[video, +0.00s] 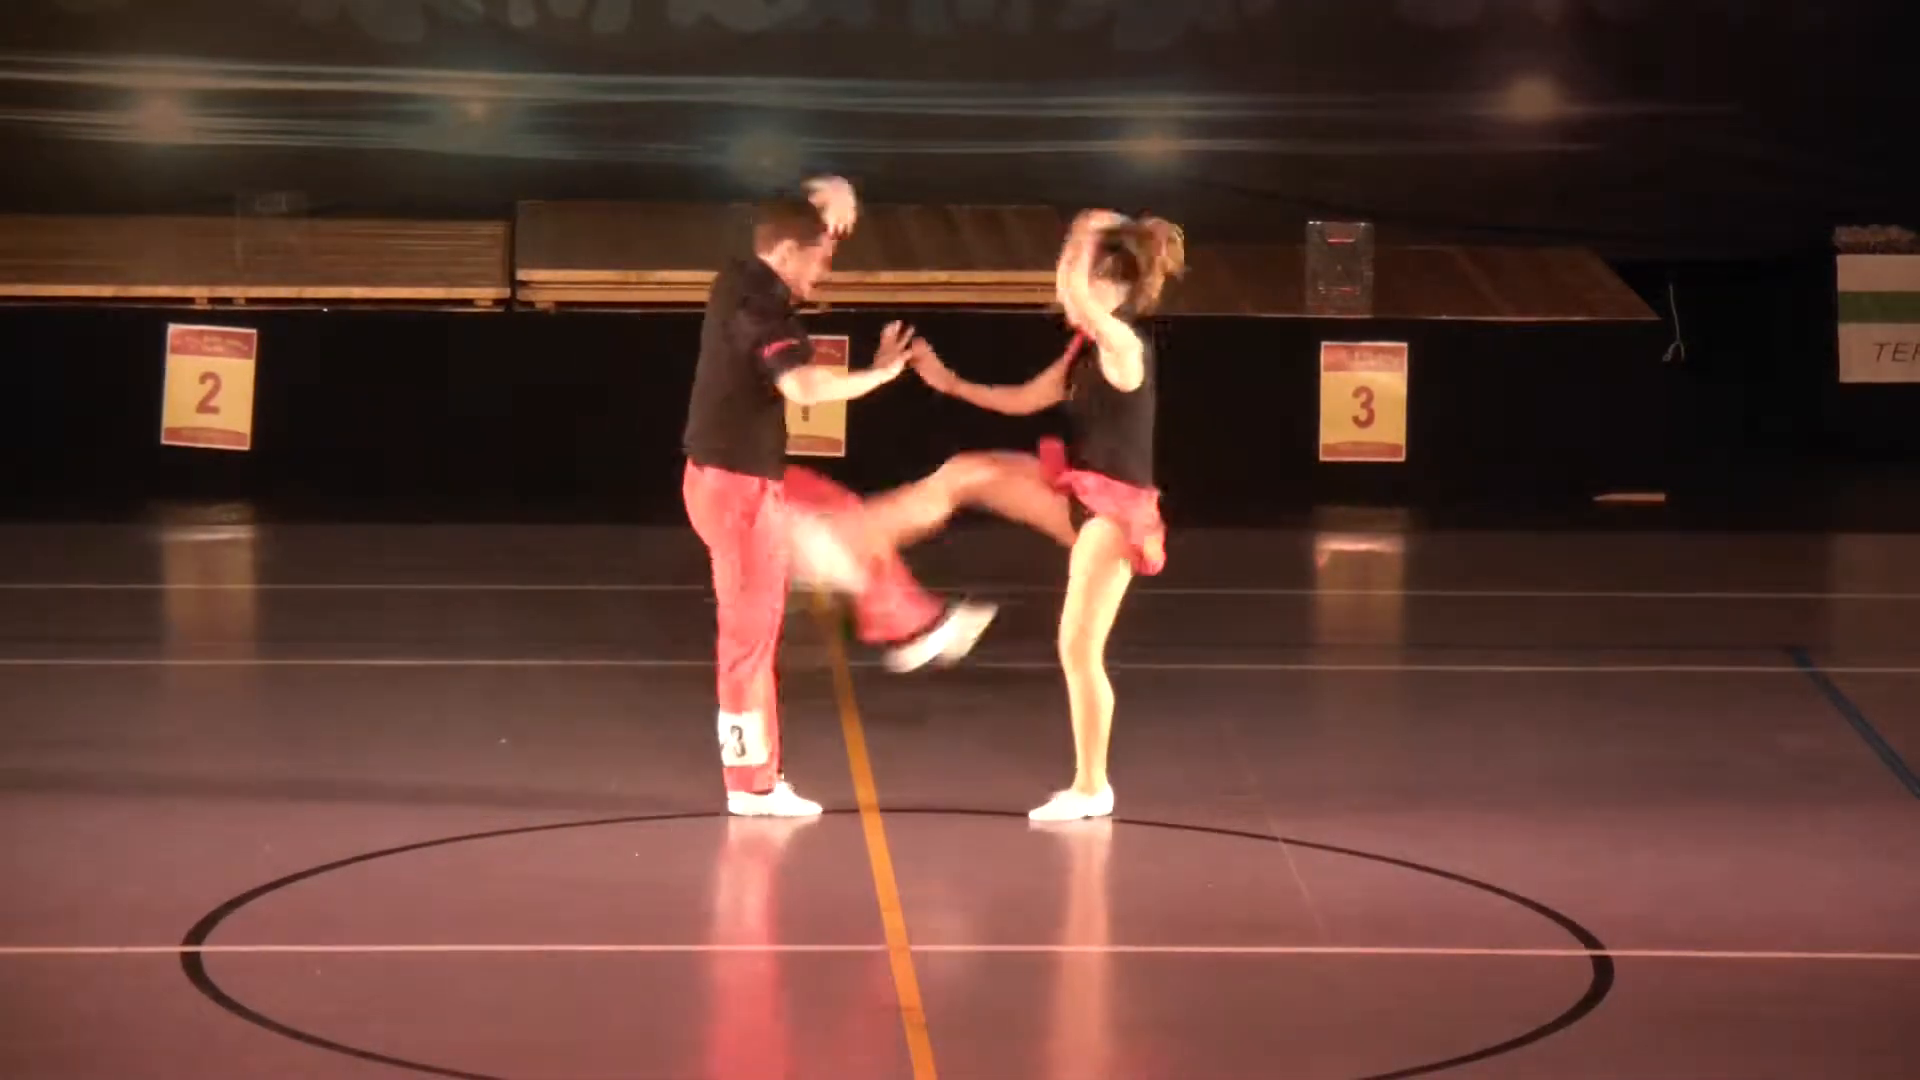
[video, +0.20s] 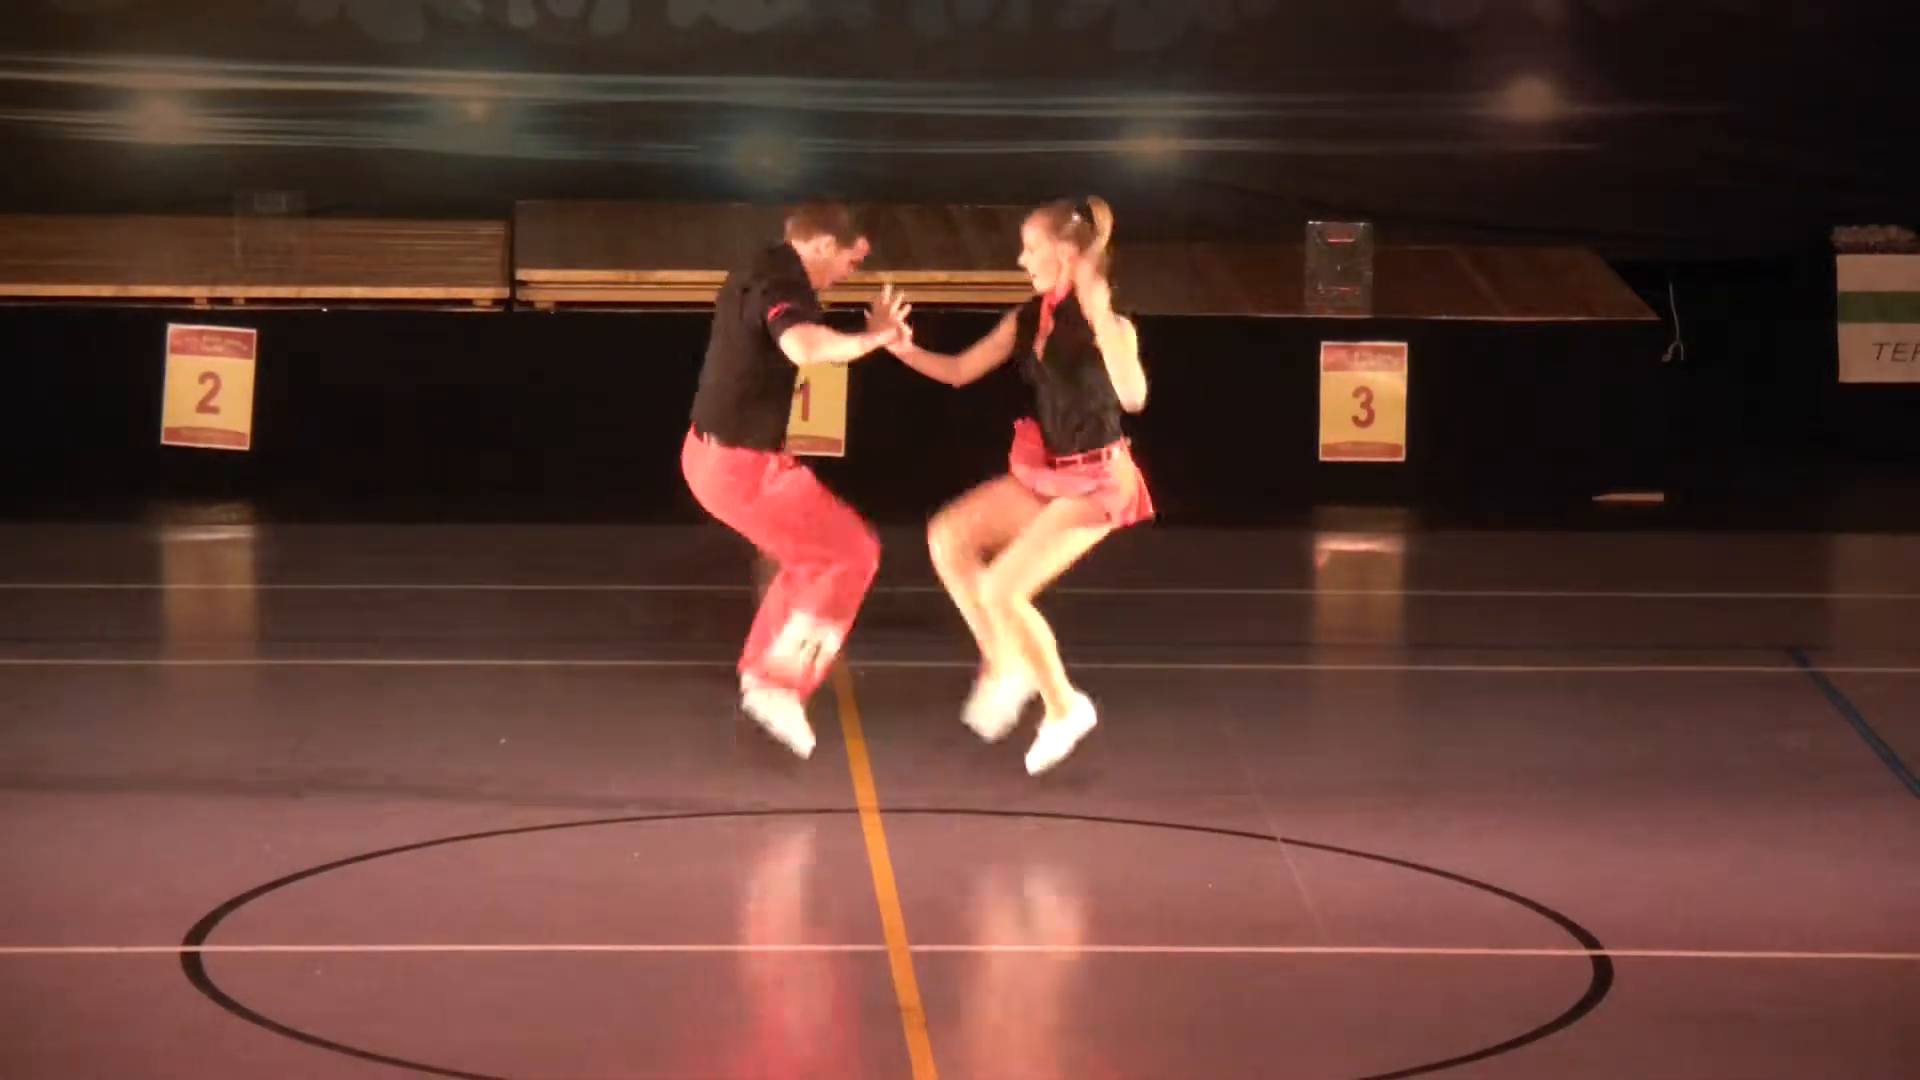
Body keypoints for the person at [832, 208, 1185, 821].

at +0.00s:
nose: (1072, 278)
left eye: (1088, 271)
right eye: (1075, 269)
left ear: (1117, 285)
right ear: (1093, 283)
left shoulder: (1127, 346)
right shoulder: (1088, 346)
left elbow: (1072, 293)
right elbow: (1024, 401)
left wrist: (1084, 235)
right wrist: (950, 383)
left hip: (1116, 517)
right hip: (1075, 498)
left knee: (1079, 648)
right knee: (962, 474)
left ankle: (1091, 788)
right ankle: (846, 541)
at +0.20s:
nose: (1024, 260)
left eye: (1033, 249)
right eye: (1023, 248)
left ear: (1072, 253)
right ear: (1053, 255)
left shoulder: (1110, 323)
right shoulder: (1029, 318)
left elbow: (1133, 396)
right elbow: (960, 371)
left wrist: (1098, 312)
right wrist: (898, 345)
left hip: (1100, 485)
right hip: (1040, 478)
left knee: (999, 591)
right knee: (948, 536)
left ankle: (1065, 706)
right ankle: (1005, 668)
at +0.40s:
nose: (1002, 286)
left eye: (1012, 275)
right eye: (1003, 274)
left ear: (1049, 282)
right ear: (1034, 281)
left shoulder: (1061, 357)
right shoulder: (1030, 345)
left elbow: (1032, 454)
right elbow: (980, 413)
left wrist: (987, 391)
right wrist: (912, 390)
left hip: (1044, 519)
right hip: (1049, 515)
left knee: (1001, 652)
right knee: (1037, 649)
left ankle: (1039, 794)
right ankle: (1066, 778)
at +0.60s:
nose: (1044, 274)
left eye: (1049, 262)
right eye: (1030, 265)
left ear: (1056, 268)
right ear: (1006, 273)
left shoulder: (1033, 333)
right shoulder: (1030, 340)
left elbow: (1071, 404)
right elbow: (1091, 412)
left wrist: (1085, 365)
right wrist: (1125, 358)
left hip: (1024, 500)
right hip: (1018, 504)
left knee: (1047, 621)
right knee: (1011, 636)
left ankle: (969, 547)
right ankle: (952, 771)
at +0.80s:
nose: (1013, 260)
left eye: (1025, 250)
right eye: (1015, 248)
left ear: (1062, 263)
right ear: (1033, 260)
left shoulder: (1100, 337)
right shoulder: (1000, 320)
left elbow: (1137, 421)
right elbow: (943, 385)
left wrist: (1090, 387)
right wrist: (964, 347)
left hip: (1062, 495)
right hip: (992, 489)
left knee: (1033, 629)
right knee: (960, 621)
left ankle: (1040, 758)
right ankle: (972, 751)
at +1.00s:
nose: (1039, 268)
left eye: (1049, 258)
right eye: (1040, 257)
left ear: (1080, 263)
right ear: (1075, 263)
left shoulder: (1089, 331)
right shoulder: (1057, 327)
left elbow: (1111, 415)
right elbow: (985, 350)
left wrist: (1051, 384)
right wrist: (905, 343)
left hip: (1050, 485)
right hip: (1073, 487)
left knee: (984, 616)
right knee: (1025, 622)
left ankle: (1016, 759)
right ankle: (1027, 755)